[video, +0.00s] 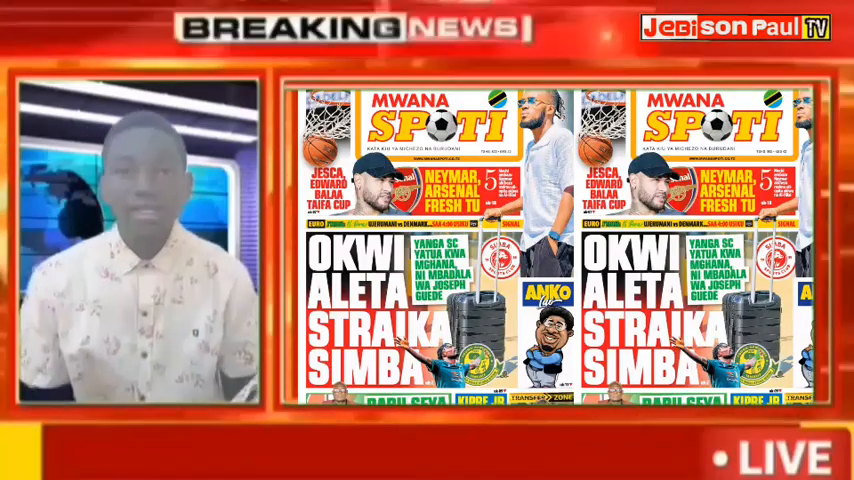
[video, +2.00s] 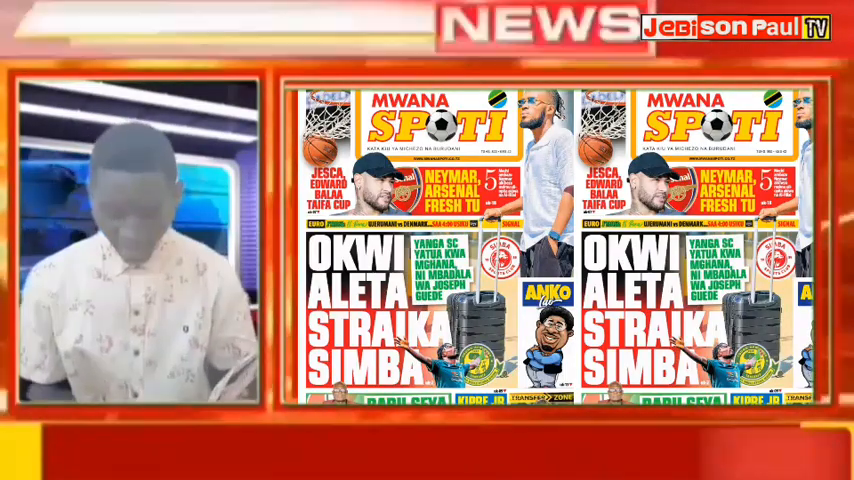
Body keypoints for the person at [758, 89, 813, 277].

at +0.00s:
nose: (799, 107)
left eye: (806, 101)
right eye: (797, 103)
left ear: (820, 108)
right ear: (795, 109)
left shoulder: (826, 148)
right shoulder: (806, 149)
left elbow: (829, 192)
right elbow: (805, 196)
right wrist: (777, 211)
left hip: (819, 239)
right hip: (804, 239)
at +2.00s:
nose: (799, 107)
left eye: (806, 101)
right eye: (797, 103)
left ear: (820, 107)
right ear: (794, 109)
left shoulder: (827, 148)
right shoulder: (806, 149)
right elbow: (804, 196)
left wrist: (833, 223)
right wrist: (777, 211)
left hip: (821, 240)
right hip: (804, 239)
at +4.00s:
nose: (799, 107)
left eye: (807, 101)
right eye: (797, 103)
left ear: (820, 107)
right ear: (794, 110)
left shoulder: (827, 148)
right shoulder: (806, 149)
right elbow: (804, 196)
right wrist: (777, 211)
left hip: (821, 240)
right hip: (804, 239)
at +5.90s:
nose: (799, 108)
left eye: (806, 101)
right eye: (797, 102)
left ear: (820, 107)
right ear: (794, 109)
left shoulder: (827, 148)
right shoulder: (806, 149)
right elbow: (805, 196)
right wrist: (777, 211)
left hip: (819, 239)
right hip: (803, 239)